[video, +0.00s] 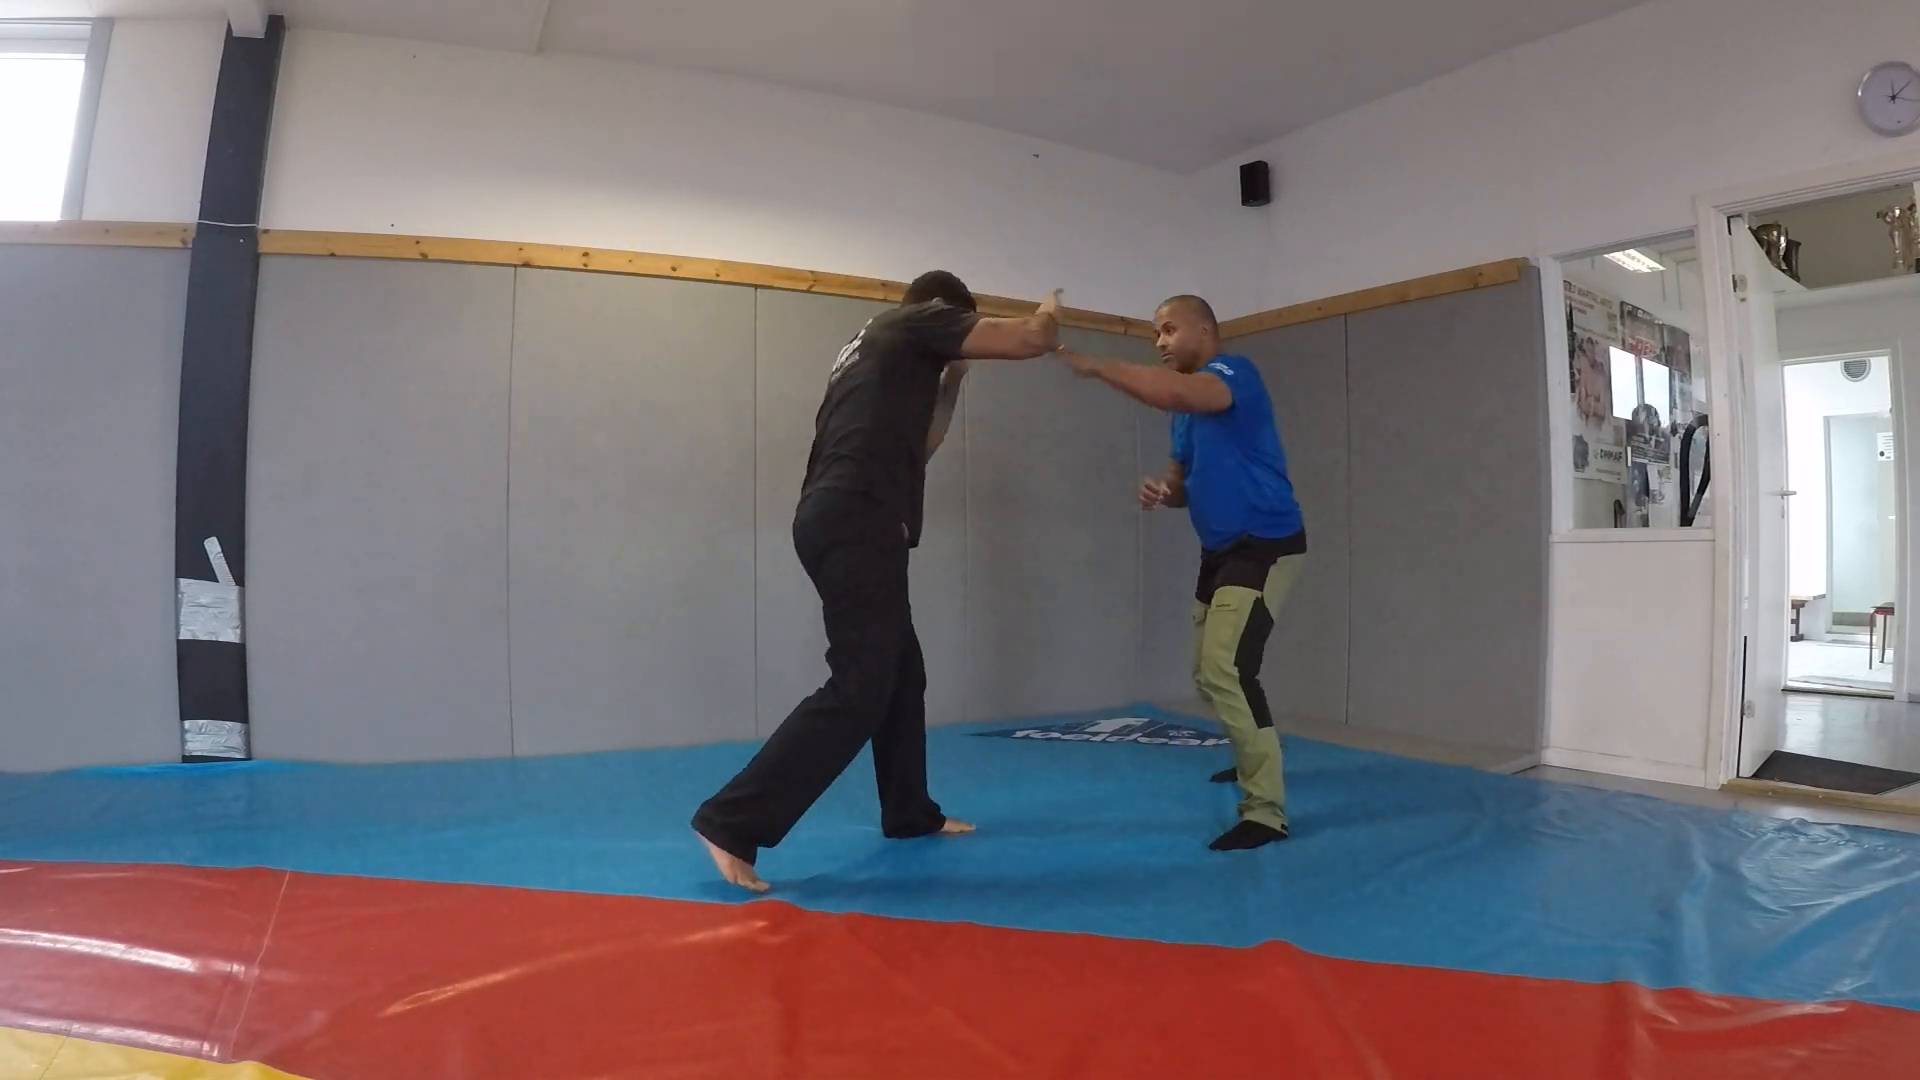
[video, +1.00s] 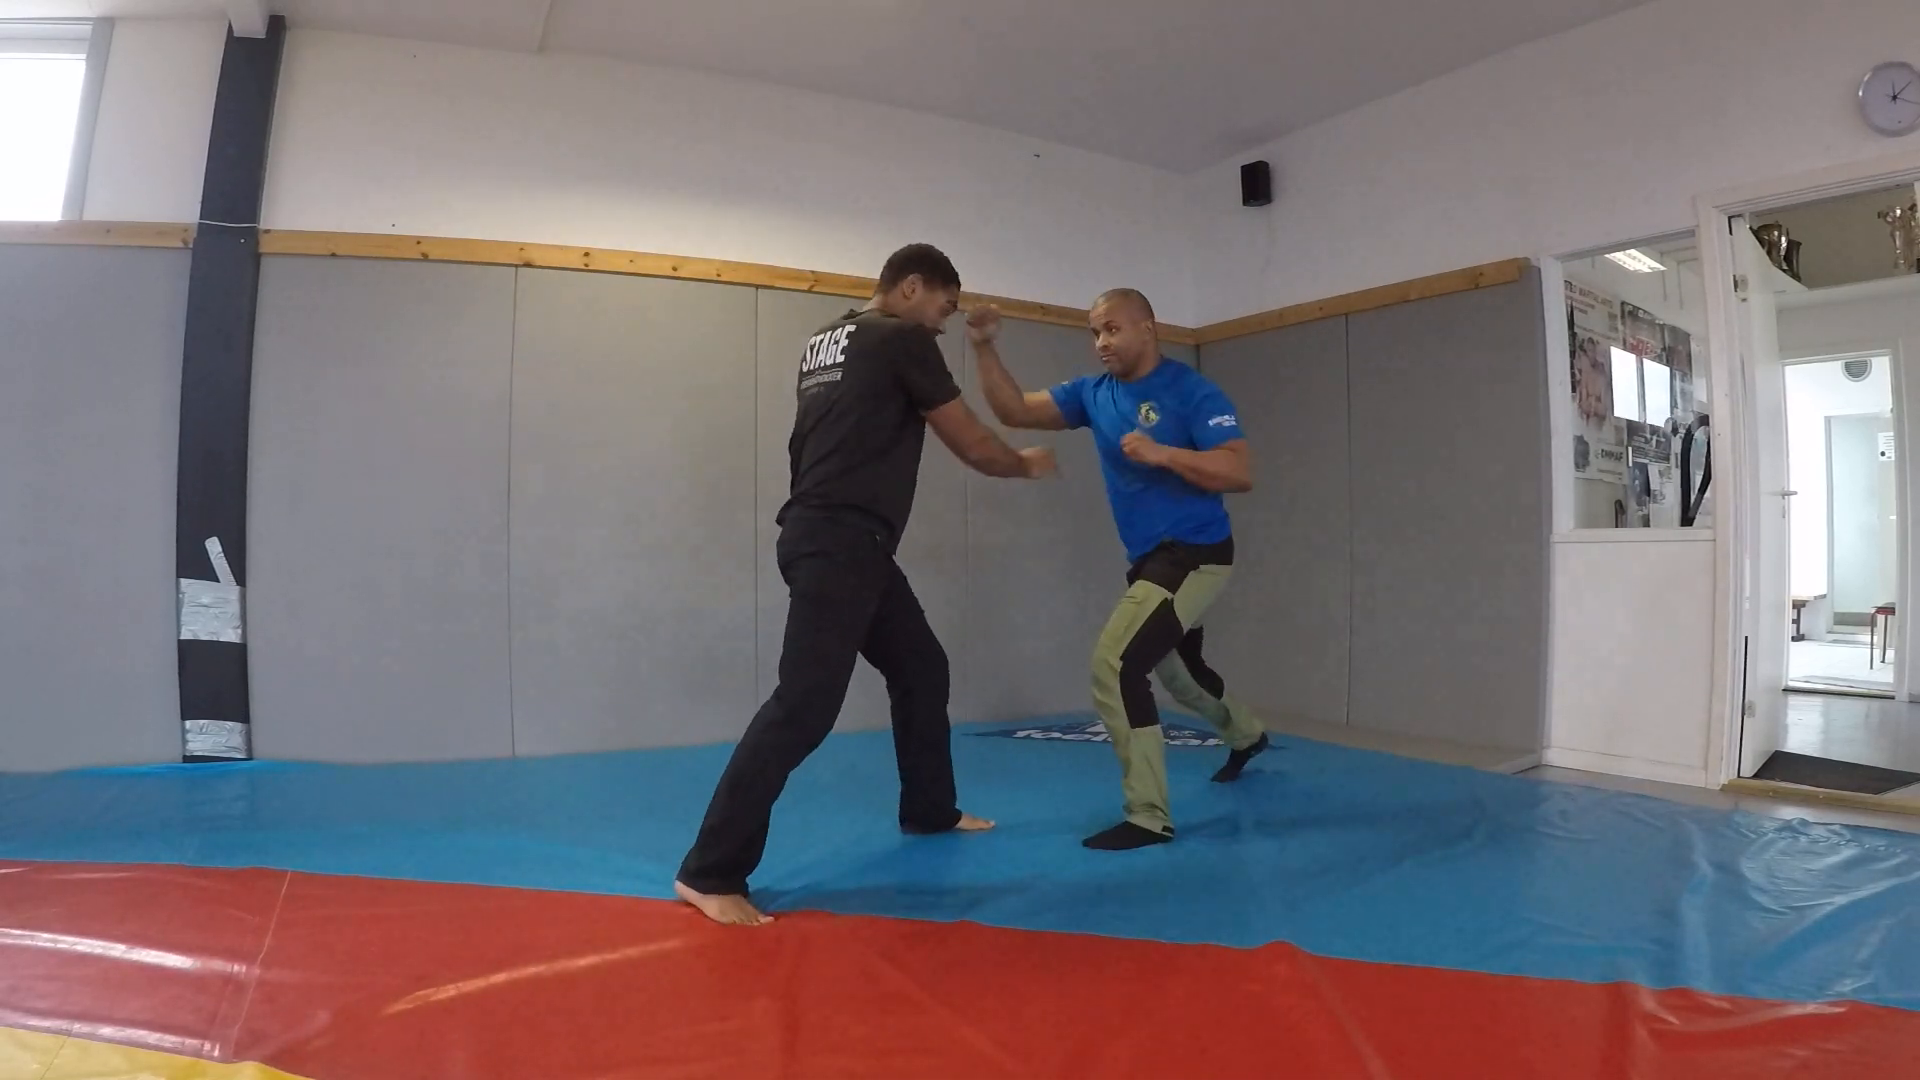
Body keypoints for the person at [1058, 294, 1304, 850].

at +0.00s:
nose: (1161, 341)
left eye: (1170, 329)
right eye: (1157, 335)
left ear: (1208, 330)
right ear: (1166, 343)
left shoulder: (1235, 373)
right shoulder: (1181, 397)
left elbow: (1175, 393)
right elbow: (1185, 485)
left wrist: (1096, 367)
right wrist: (1163, 491)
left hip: (1265, 545)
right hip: (1222, 548)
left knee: (1224, 673)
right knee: (1211, 671)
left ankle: (1267, 813)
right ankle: (1254, 758)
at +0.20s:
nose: (1139, 362)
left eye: (1146, 350)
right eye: (1134, 357)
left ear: (1180, 347)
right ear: (1143, 365)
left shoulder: (1200, 380)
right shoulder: (1187, 396)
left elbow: (1176, 423)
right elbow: (1222, 468)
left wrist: (1099, 425)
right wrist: (1179, 501)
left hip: (1258, 537)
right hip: (1237, 540)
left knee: (1205, 659)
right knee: (1217, 654)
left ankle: (1257, 799)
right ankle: (1261, 754)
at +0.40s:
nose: (1119, 372)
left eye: (1126, 360)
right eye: (1115, 368)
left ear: (1159, 356)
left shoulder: (1173, 384)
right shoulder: (1176, 398)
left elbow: (1165, 427)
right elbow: (1213, 466)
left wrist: (1105, 411)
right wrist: (1167, 503)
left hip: (1239, 535)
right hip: (1249, 534)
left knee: (1179, 656)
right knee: (1224, 656)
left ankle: (1173, 808)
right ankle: (1263, 756)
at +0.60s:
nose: (1102, 368)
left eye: (1111, 355)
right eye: (1097, 361)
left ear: (1145, 351)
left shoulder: (1160, 382)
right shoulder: (1160, 400)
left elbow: (1093, 399)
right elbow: (1192, 468)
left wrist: (1054, 365)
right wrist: (1136, 484)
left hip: (1218, 550)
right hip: (1233, 547)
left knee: (1137, 659)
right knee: (1210, 660)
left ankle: (1151, 816)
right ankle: (1261, 749)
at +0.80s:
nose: (1099, 352)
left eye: (1108, 339)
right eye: (1094, 347)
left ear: (1144, 337)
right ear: (1099, 357)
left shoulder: (1161, 376)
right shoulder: (1135, 400)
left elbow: (1153, 428)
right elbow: (1115, 478)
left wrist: (1069, 402)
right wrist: (1088, 424)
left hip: (1205, 550)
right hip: (1187, 550)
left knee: (1118, 662)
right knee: (1196, 670)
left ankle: (1149, 818)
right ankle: (1257, 744)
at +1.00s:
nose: (1100, 341)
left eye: (1111, 328)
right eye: (1095, 333)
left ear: (1149, 329)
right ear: (1094, 340)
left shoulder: (1191, 390)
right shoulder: (1096, 393)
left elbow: (1238, 472)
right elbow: (1014, 410)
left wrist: (1163, 455)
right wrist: (985, 347)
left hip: (1194, 552)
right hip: (1150, 557)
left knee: (1116, 664)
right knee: (1179, 674)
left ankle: (1149, 818)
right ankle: (1246, 736)